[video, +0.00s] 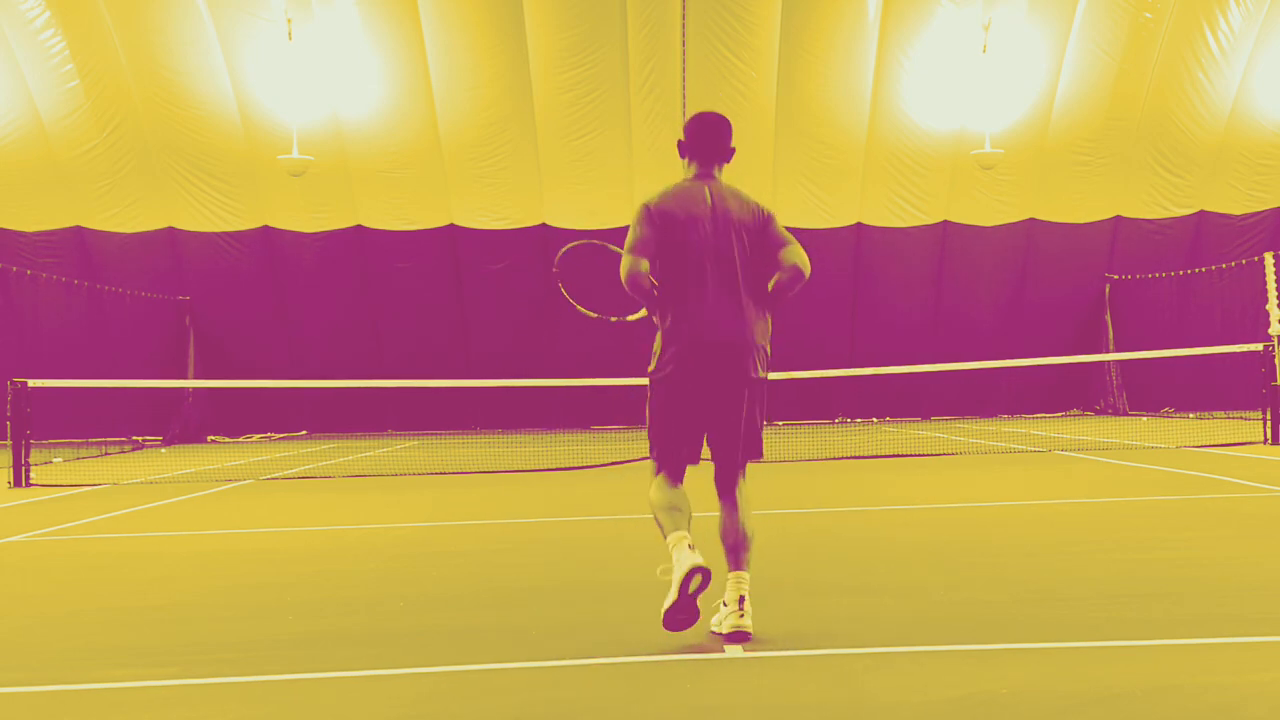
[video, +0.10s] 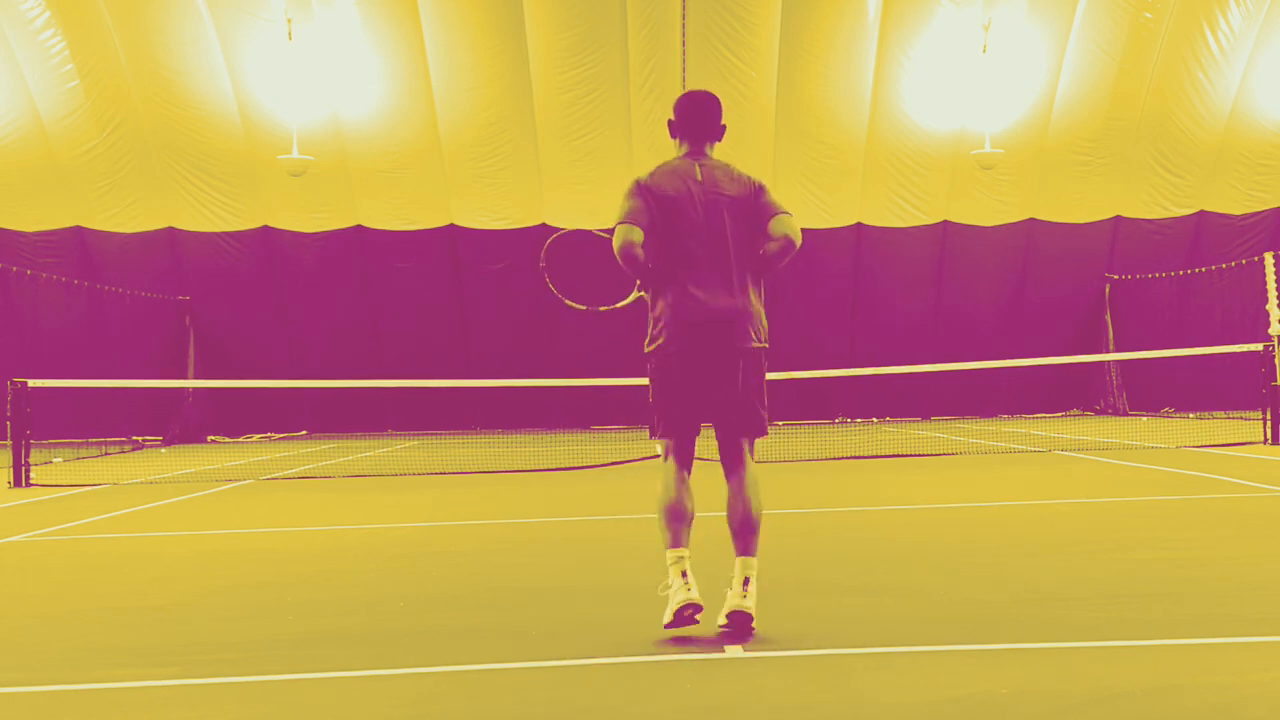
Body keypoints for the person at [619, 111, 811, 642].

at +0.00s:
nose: (691, 159)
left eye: (686, 150)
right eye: (717, 153)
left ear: (683, 152)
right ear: (730, 156)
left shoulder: (658, 207)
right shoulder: (754, 211)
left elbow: (633, 272)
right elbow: (797, 266)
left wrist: (659, 307)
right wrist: (761, 303)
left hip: (682, 357)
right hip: (740, 359)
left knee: (667, 473)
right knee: (731, 483)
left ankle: (684, 556)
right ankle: (737, 603)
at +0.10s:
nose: (684, 138)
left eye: (677, 128)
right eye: (710, 131)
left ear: (673, 132)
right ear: (722, 134)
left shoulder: (648, 185)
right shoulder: (748, 186)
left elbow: (627, 245)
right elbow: (787, 236)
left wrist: (652, 285)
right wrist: (746, 276)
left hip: (677, 338)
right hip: (740, 337)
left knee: (676, 461)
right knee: (740, 460)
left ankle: (681, 583)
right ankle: (743, 589)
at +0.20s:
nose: (678, 147)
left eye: (670, 137)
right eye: (699, 138)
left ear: (664, 141)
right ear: (713, 141)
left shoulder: (643, 195)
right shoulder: (744, 194)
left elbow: (620, 257)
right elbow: (783, 241)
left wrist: (650, 294)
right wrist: (744, 280)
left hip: (673, 347)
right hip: (737, 344)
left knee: (676, 472)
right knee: (741, 460)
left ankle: (679, 597)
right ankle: (759, 548)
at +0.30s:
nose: (675, 166)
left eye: (664, 156)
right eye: (694, 156)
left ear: (660, 159)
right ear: (708, 160)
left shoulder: (637, 216)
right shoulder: (738, 212)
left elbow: (621, 287)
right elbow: (784, 267)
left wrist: (653, 322)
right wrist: (749, 313)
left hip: (671, 363)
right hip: (733, 359)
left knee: (673, 486)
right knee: (748, 471)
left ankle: (680, 605)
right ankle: (768, 515)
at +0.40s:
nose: (678, 153)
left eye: (670, 143)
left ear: (665, 146)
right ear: (712, 147)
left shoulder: (642, 201)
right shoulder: (744, 200)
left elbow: (628, 276)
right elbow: (785, 255)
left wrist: (649, 308)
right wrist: (749, 301)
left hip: (672, 346)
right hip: (734, 344)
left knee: (672, 471)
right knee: (740, 462)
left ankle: (676, 599)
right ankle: (766, 543)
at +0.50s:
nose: (692, 149)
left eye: (681, 137)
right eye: (711, 140)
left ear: (673, 140)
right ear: (721, 142)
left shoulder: (647, 196)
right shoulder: (750, 195)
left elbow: (632, 275)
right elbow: (793, 252)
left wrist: (661, 295)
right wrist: (755, 291)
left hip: (673, 340)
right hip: (736, 338)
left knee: (666, 464)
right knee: (741, 461)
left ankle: (664, 590)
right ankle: (756, 583)